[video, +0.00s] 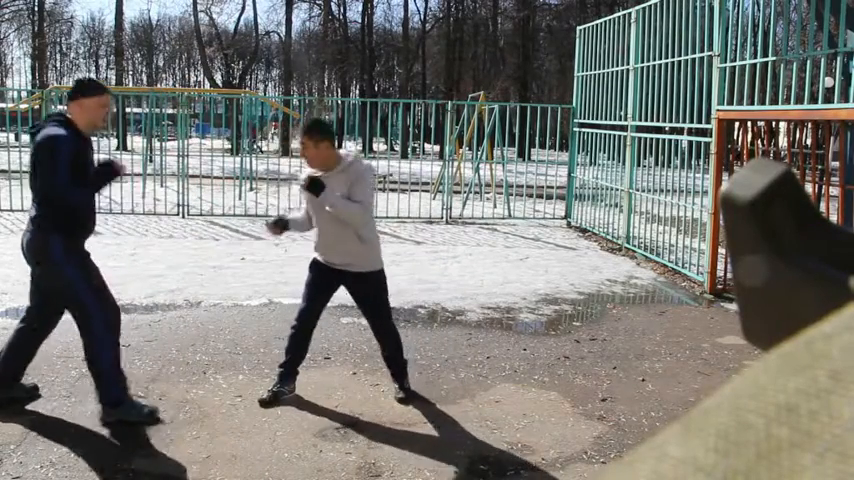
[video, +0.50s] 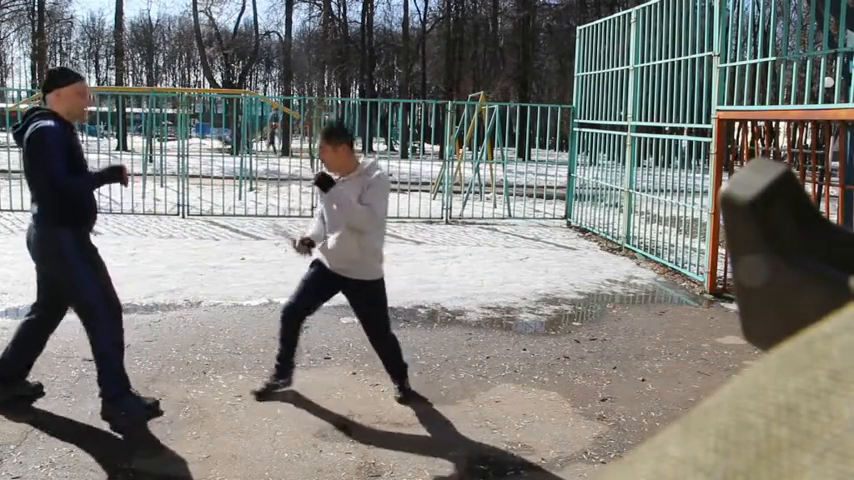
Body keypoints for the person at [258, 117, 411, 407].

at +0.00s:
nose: (304, 154)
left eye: (308, 147)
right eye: (302, 147)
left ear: (328, 146)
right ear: (309, 148)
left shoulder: (360, 171)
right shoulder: (313, 179)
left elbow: (361, 217)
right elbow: (310, 219)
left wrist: (324, 195)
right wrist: (286, 223)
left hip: (364, 266)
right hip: (326, 263)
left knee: (383, 327)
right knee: (304, 320)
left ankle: (401, 381)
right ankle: (285, 381)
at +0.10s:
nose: (315, 150)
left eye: (318, 144)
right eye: (314, 144)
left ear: (337, 142)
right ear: (332, 143)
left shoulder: (374, 171)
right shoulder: (325, 174)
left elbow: (374, 218)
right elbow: (321, 216)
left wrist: (335, 200)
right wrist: (296, 213)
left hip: (371, 266)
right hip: (334, 263)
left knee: (386, 328)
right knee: (312, 322)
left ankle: (401, 381)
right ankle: (288, 380)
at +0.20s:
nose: (323, 146)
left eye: (327, 140)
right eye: (322, 140)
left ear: (347, 138)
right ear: (339, 140)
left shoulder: (381, 168)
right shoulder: (333, 169)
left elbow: (380, 216)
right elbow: (330, 212)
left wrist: (341, 195)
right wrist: (304, 210)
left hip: (374, 265)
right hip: (338, 261)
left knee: (387, 327)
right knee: (316, 321)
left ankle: (401, 381)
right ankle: (296, 379)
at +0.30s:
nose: (327, 147)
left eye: (331, 141)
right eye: (327, 141)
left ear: (350, 138)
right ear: (344, 141)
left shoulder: (385, 170)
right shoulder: (341, 171)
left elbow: (381, 215)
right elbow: (332, 210)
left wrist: (343, 192)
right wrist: (308, 213)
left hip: (374, 267)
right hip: (338, 262)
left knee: (386, 328)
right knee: (315, 320)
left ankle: (401, 380)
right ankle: (297, 378)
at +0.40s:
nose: (326, 150)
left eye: (330, 144)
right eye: (326, 145)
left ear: (350, 142)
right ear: (344, 144)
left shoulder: (384, 174)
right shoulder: (340, 175)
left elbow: (376, 216)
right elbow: (330, 215)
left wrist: (340, 190)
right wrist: (309, 223)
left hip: (369, 269)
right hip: (334, 263)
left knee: (382, 331)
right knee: (305, 315)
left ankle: (401, 381)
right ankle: (295, 378)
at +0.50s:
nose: (320, 155)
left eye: (324, 149)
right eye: (320, 150)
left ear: (343, 149)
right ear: (338, 150)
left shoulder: (376, 179)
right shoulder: (330, 180)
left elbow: (367, 222)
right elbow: (324, 220)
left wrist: (333, 192)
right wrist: (310, 239)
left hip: (363, 273)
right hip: (328, 266)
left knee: (380, 335)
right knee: (291, 313)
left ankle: (401, 382)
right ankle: (282, 376)